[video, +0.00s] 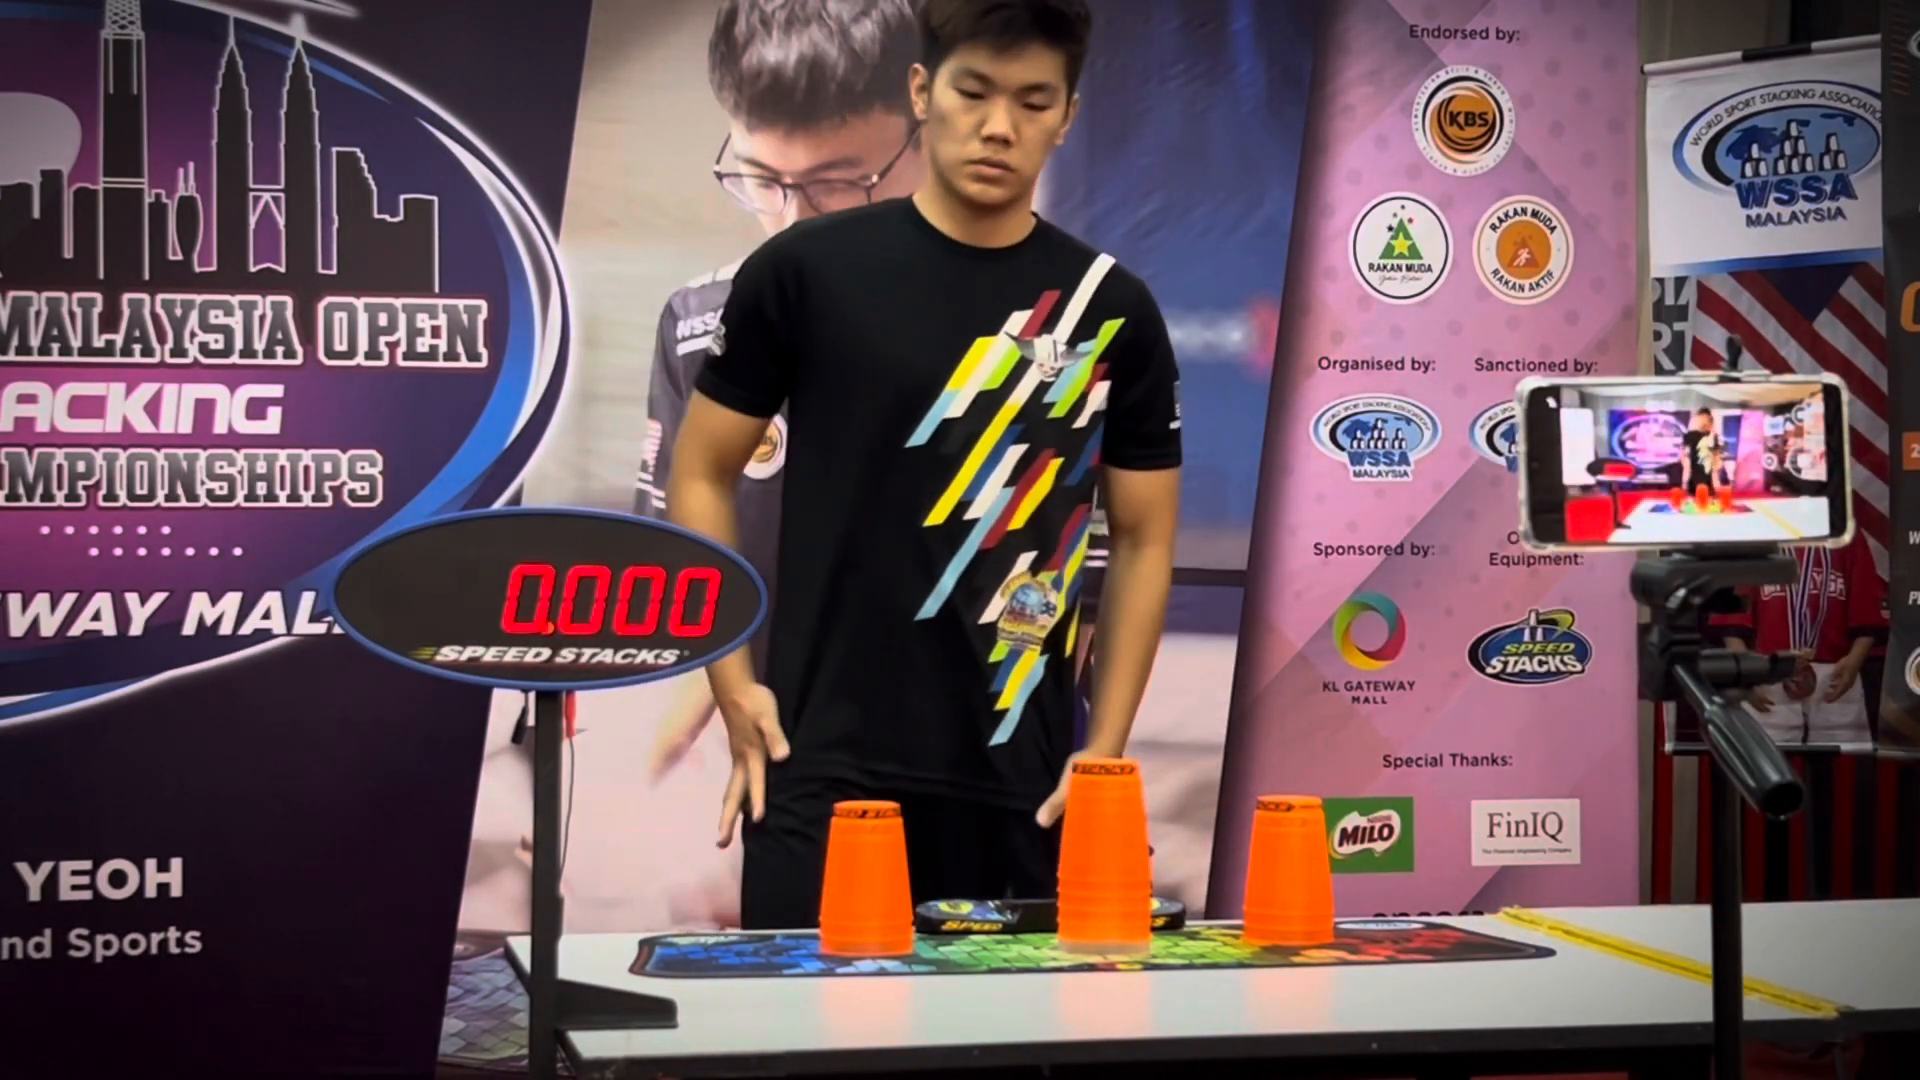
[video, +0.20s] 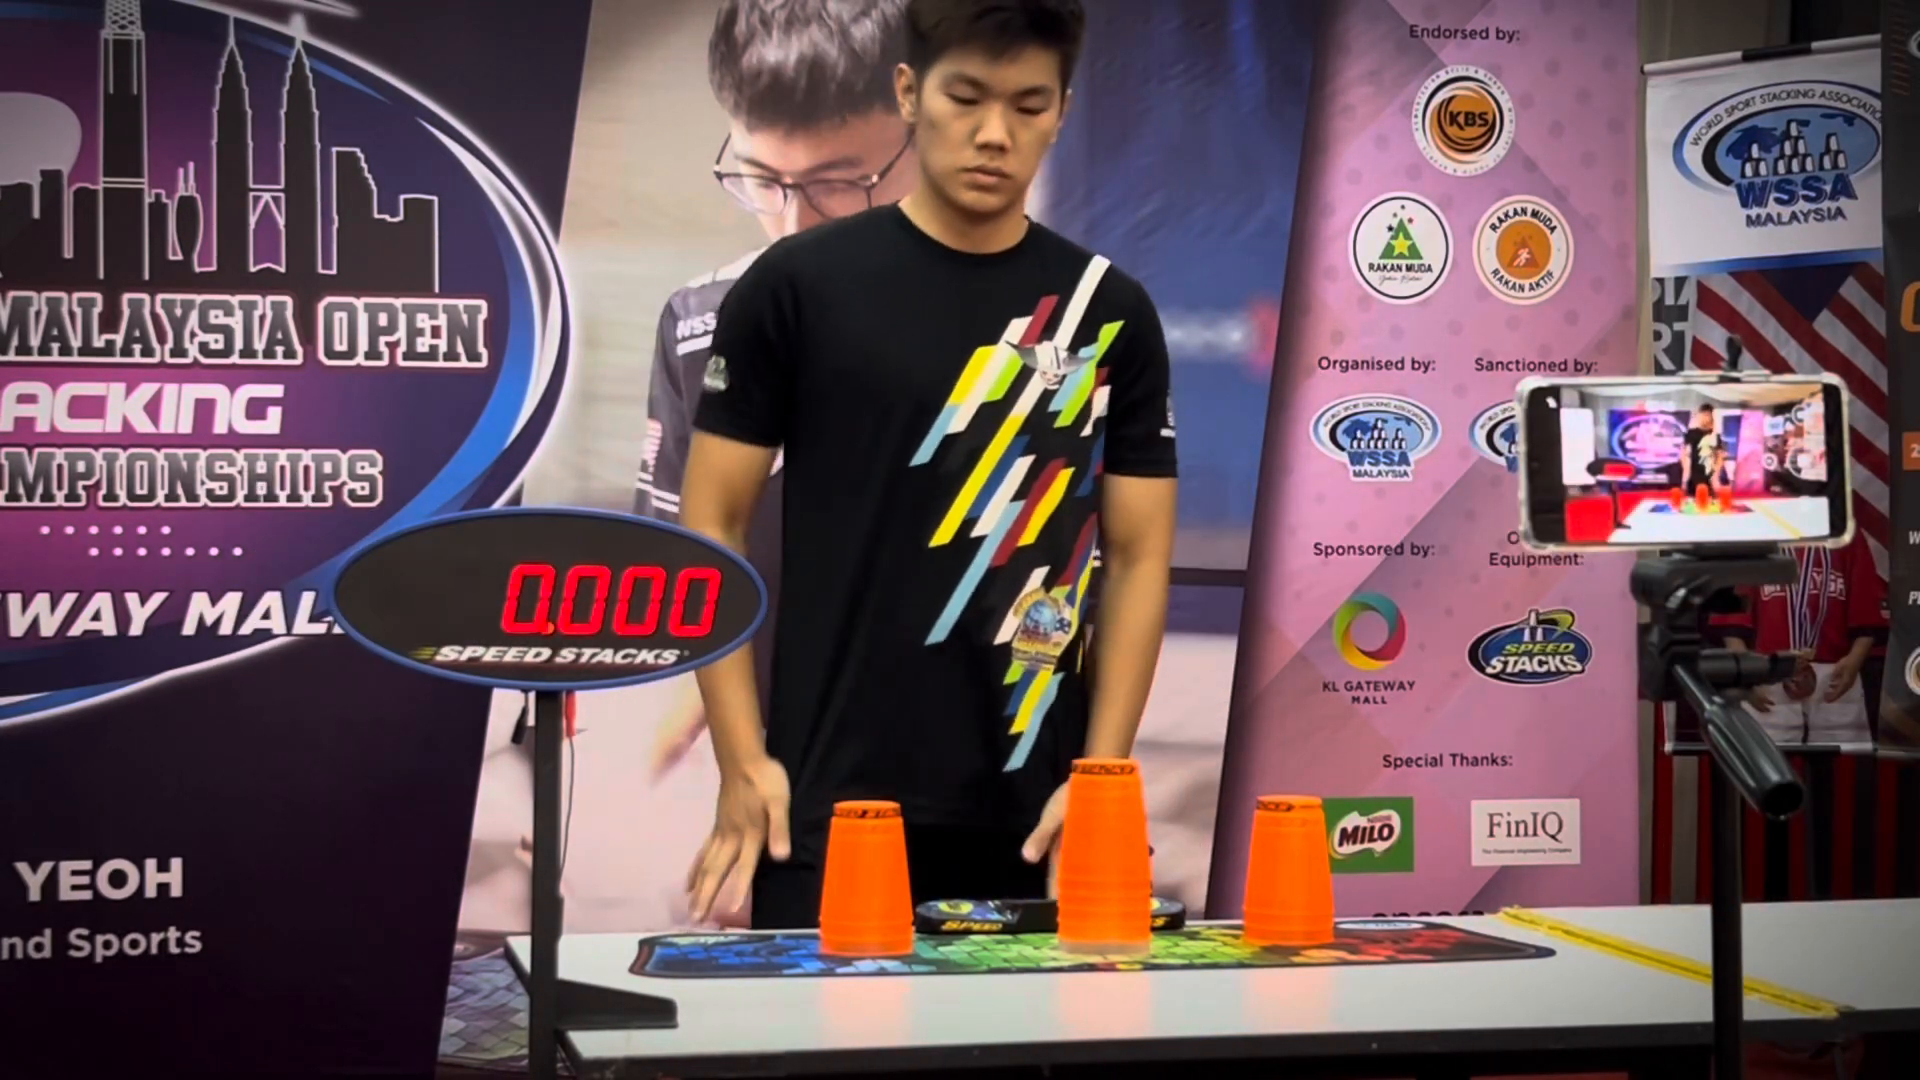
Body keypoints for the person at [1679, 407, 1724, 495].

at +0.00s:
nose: (1704, 422)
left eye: (1707, 419)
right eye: (1702, 418)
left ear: (1711, 421)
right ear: (1697, 419)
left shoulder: (1713, 437)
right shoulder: (1691, 436)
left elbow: (1716, 460)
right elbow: (1686, 459)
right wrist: (1684, 482)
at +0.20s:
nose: (1706, 419)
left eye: (1708, 415)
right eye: (1703, 415)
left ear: (1712, 416)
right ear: (1698, 416)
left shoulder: (1715, 436)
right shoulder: (1692, 434)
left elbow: (1720, 456)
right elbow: (1686, 455)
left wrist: (1715, 476)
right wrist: (1686, 474)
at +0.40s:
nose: (1705, 418)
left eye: (1707, 414)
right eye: (1702, 414)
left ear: (1711, 415)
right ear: (1697, 415)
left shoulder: (1716, 436)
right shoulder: (1691, 435)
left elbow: (1720, 457)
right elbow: (1685, 456)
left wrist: (1716, 477)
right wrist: (1685, 477)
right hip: (1693, 479)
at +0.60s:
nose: (1701, 418)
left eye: (1704, 414)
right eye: (1698, 414)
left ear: (1708, 415)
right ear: (1692, 415)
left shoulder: (1713, 437)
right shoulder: (1685, 437)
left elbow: (1716, 460)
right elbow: (1678, 460)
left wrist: (1710, 480)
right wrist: (1681, 483)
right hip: (1690, 485)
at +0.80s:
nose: (1691, 413)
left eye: (1694, 409)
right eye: (1687, 409)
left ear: (1699, 409)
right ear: (1681, 409)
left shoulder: (1707, 431)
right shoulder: (1675, 432)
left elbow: (1714, 455)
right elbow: (1668, 459)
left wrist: (1711, 472)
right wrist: (1677, 477)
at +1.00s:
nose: (1691, 411)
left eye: (1694, 406)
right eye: (1687, 406)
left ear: (1698, 406)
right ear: (1680, 406)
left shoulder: (1707, 428)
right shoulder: (1673, 430)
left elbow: (1713, 453)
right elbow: (1666, 457)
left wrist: (1714, 477)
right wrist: (1676, 478)